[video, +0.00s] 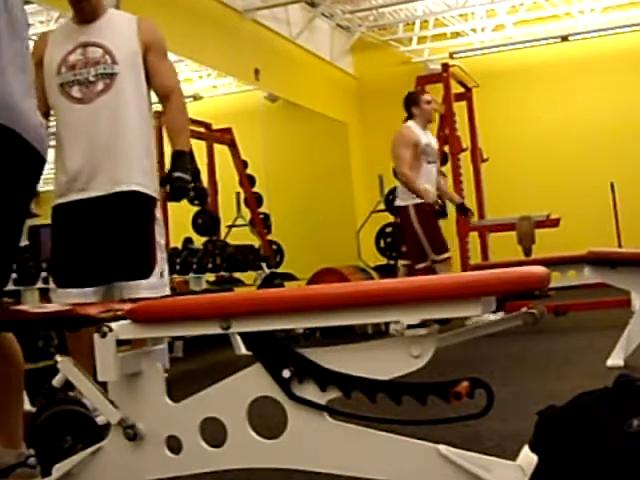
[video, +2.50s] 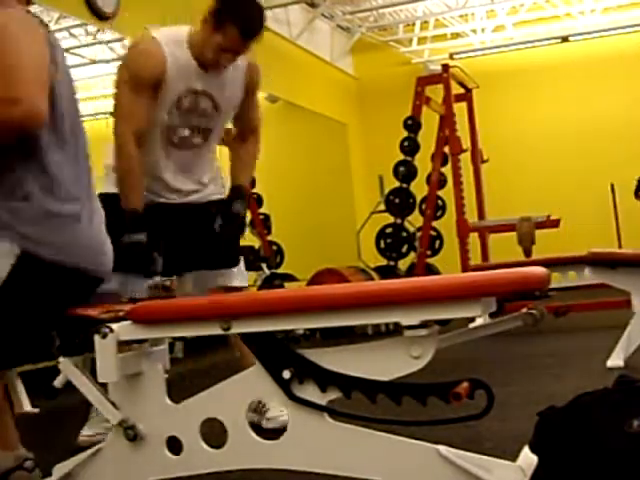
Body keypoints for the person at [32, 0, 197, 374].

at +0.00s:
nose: (80, 1)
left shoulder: (140, 32)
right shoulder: (46, 47)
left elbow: (171, 97)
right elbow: (36, 115)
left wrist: (183, 160)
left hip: (132, 183)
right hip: (73, 191)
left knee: (141, 302)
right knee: (76, 309)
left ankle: (146, 399)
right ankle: (85, 401)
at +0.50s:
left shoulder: (148, 30)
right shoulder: (51, 43)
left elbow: (179, 95)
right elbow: (38, 115)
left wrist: (191, 165)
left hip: (139, 186)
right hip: (76, 190)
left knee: (148, 304)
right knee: (84, 305)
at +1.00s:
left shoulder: (174, 25)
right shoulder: (78, 38)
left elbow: (205, 91)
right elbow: (55, 105)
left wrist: (212, 158)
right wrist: (35, 157)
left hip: (167, 184)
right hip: (99, 189)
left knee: (183, 304)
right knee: (94, 304)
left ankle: (191, 398)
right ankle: (95, 401)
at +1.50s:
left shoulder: (217, 26)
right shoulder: (117, 28)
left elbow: (246, 93)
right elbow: (93, 98)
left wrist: (264, 155)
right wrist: (71, 154)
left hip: (192, 181)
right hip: (124, 173)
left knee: (189, 293)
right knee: (94, 236)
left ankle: (194, 391)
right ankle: (90, 350)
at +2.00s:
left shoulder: (223, 32)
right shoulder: (120, 24)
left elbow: (246, 100)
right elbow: (92, 89)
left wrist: (256, 161)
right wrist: (76, 158)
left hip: (192, 189)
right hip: (126, 183)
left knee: (195, 304)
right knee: (109, 294)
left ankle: (195, 395)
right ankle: (117, 391)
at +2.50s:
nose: (227, 61)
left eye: (236, 54)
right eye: (224, 49)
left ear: (248, 47)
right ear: (207, 23)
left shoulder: (245, 72)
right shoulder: (151, 54)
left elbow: (247, 135)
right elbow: (128, 138)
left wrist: (241, 196)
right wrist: (133, 222)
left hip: (205, 203)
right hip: (145, 203)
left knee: (229, 312)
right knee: (137, 323)